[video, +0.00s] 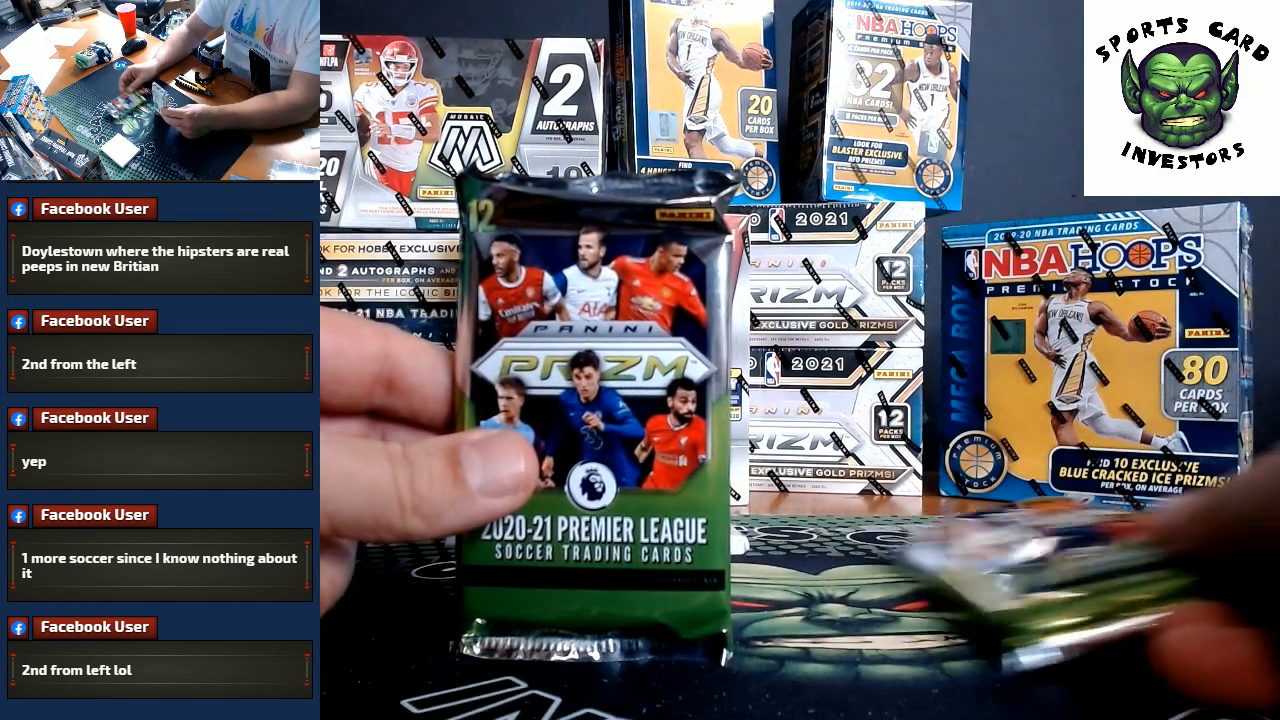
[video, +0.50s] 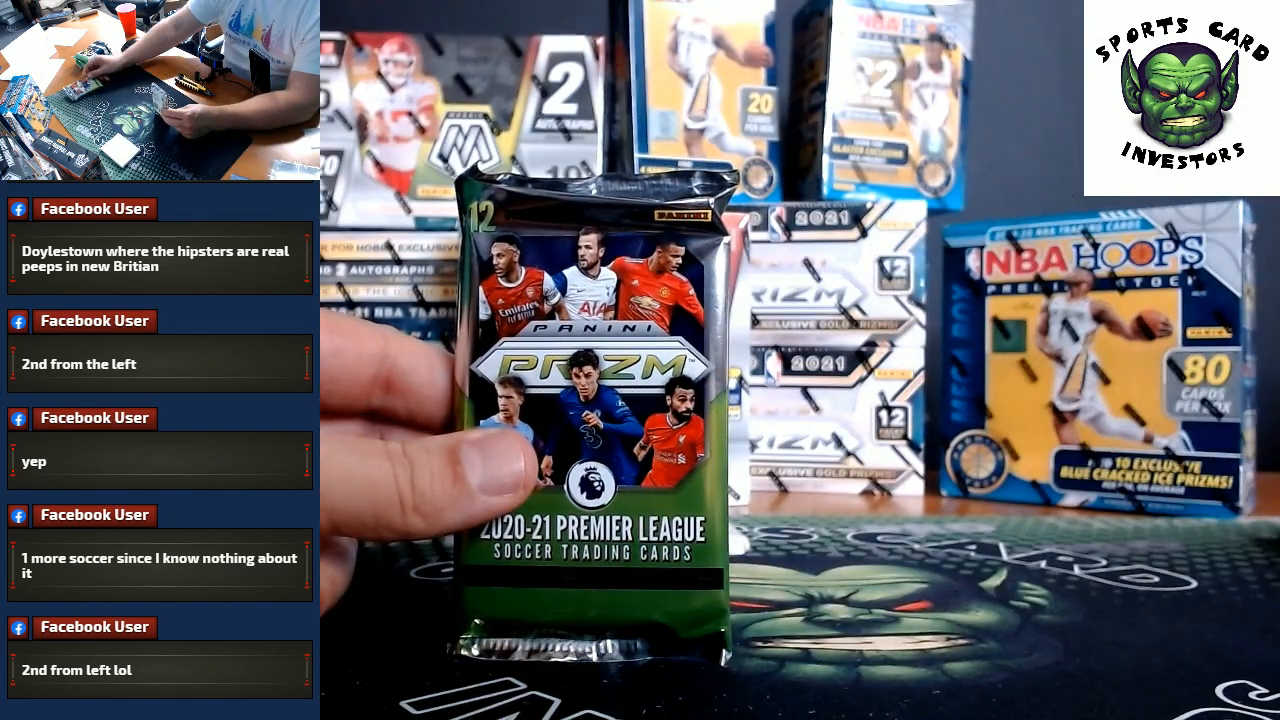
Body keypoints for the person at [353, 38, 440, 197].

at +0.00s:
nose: (399, 71)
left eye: (404, 67)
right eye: (393, 66)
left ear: (412, 68)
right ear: (384, 66)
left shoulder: (423, 92)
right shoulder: (366, 91)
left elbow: (433, 132)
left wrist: (392, 130)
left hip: (405, 172)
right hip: (376, 168)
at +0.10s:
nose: (399, 71)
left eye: (404, 67)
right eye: (393, 66)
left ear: (412, 68)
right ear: (384, 66)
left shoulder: (423, 92)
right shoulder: (366, 91)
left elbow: (433, 132)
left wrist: (392, 130)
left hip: (405, 172)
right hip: (376, 168)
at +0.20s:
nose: (399, 71)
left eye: (404, 67)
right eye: (393, 66)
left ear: (412, 68)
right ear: (384, 66)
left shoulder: (423, 92)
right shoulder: (366, 91)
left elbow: (433, 132)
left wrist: (392, 130)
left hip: (405, 172)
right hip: (376, 168)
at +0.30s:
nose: (399, 71)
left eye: (405, 65)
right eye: (393, 64)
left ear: (412, 66)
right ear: (382, 65)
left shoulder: (421, 91)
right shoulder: (365, 91)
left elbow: (432, 131)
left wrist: (392, 129)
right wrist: (365, 129)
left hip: (404, 172)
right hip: (373, 168)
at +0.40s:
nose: (398, 70)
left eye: (404, 64)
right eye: (392, 63)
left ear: (412, 65)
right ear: (381, 64)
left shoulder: (423, 89)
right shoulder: (364, 90)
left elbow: (432, 130)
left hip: (404, 168)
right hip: (372, 164)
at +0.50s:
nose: (399, 70)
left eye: (405, 64)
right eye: (393, 63)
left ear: (413, 65)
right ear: (382, 64)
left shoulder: (424, 90)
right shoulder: (365, 90)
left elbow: (432, 130)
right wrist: (370, 126)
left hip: (406, 170)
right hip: (374, 165)